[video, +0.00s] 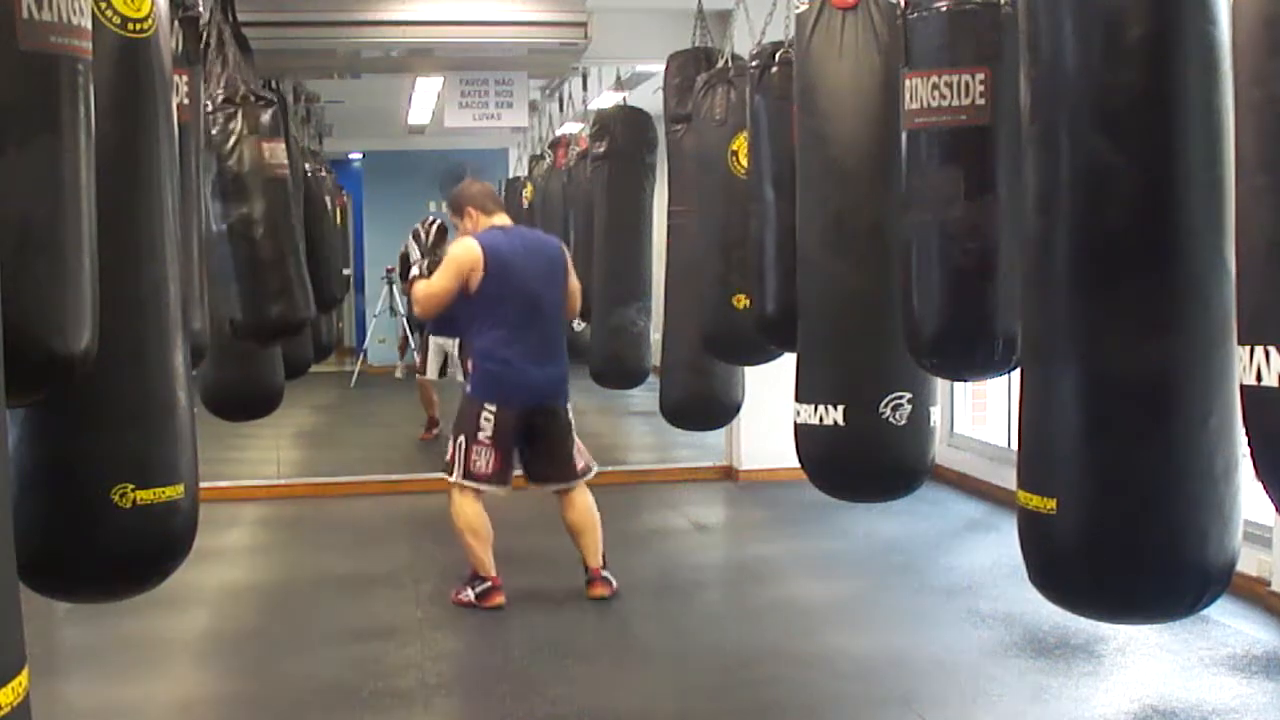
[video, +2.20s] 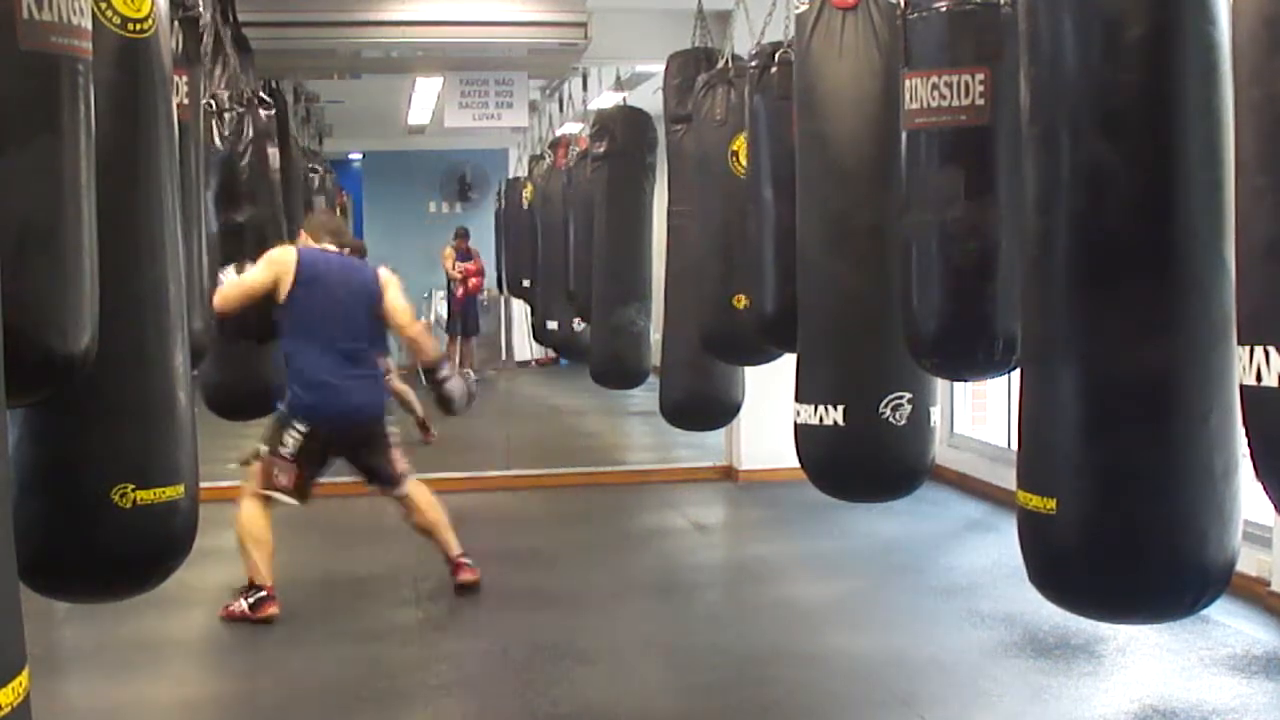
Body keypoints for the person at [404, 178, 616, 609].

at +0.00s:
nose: (460, 230)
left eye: (458, 224)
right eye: (458, 224)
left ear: (470, 215)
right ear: (501, 209)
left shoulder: (468, 249)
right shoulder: (554, 247)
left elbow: (426, 304)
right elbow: (572, 308)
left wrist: (417, 276)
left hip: (494, 388)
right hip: (550, 388)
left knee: (464, 487)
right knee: (570, 484)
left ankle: (486, 581)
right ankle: (598, 573)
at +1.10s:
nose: (440, 233)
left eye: (438, 225)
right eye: (437, 227)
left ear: (452, 214)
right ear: (481, 206)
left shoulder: (457, 247)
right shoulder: (538, 235)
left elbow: (434, 316)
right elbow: (551, 292)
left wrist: (415, 281)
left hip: (496, 374)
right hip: (548, 370)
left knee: (466, 477)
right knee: (555, 467)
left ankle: (454, 573)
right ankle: (581, 555)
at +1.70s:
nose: (435, 257)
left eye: (434, 252)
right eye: (432, 254)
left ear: (446, 240)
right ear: (474, 237)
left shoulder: (447, 261)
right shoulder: (520, 269)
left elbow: (415, 326)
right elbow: (514, 329)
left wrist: (412, 291)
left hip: (480, 391)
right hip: (531, 392)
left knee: (404, 468)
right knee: (540, 482)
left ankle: (428, 565)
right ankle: (576, 564)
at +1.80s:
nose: (413, 278)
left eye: (411, 271)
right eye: (409, 273)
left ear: (423, 254)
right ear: (440, 249)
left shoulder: (440, 277)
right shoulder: (485, 274)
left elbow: (404, 335)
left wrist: (390, 306)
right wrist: (410, 297)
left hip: (472, 405)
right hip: (513, 403)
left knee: (386, 477)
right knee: (524, 488)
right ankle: (575, 560)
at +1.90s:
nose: (366, 278)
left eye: (366, 269)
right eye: (363, 270)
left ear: (386, 258)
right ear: (396, 254)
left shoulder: (415, 290)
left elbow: (418, 361)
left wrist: (371, 347)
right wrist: (363, 413)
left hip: (439, 420)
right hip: (478, 416)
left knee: (349, 478)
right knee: (513, 495)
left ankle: (326, 581)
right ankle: (577, 559)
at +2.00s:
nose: (333, 262)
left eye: (332, 254)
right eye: (332, 256)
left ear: (342, 248)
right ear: (372, 242)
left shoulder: (357, 274)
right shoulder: (420, 271)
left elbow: (358, 340)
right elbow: (422, 339)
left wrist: (308, 341)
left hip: (392, 409)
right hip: (443, 406)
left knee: (310, 476)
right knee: (484, 484)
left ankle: (318, 582)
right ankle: (548, 555)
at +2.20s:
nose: (297, 243)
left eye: (299, 238)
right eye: (300, 238)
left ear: (306, 239)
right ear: (344, 242)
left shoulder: (285, 259)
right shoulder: (379, 277)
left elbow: (223, 301)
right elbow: (414, 332)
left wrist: (229, 279)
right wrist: (434, 362)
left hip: (309, 407)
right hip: (367, 409)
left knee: (254, 492)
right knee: (405, 486)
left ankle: (260, 591)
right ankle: (459, 559)